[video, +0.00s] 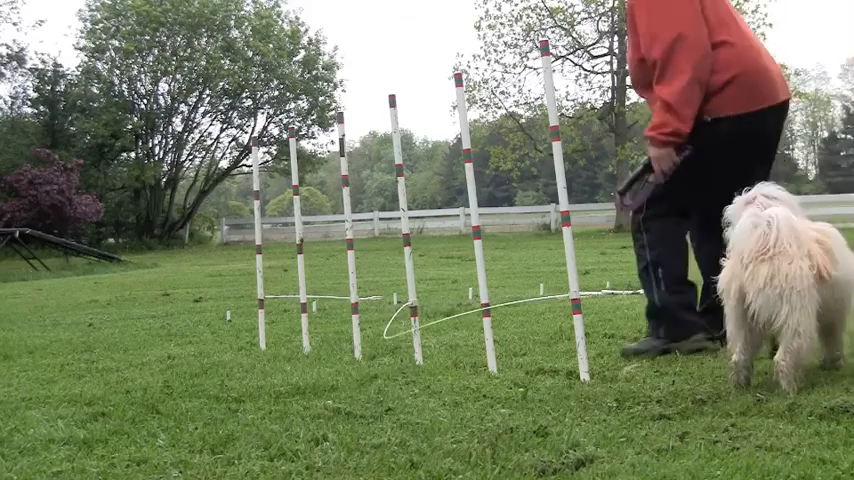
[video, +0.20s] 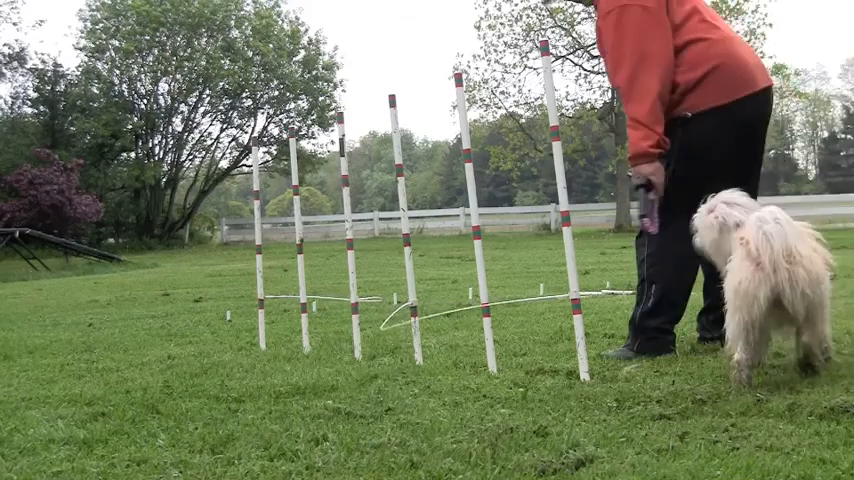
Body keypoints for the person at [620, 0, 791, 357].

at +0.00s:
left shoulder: (653, 5)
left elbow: (685, 51)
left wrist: (664, 135)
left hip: (733, 99)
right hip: (763, 93)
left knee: (655, 212)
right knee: (711, 215)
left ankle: (674, 326)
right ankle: (720, 319)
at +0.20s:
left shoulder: (622, 5)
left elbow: (642, 67)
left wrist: (644, 153)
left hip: (707, 96)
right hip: (750, 85)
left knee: (671, 220)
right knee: (729, 214)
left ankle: (650, 337)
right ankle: (719, 326)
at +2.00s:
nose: (491, 15)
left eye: (490, 8)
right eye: (488, 11)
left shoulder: (508, 29)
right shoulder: (582, 21)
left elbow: (496, 100)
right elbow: (604, 80)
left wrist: (484, 146)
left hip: (536, 145)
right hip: (601, 139)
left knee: (530, 239)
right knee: (591, 230)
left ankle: (538, 330)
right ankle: (612, 292)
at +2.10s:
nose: (485, 15)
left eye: (483, 9)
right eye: (481, 10)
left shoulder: (500, 27)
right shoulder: (573, 19)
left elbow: (489, 98)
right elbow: (599, 78)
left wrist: (481, 146)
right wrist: (600, 125)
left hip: (533, 138)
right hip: (596, 136)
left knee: (526, 235)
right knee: (576, 227)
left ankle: (538, 330)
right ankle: (594, 314)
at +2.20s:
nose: (480, 16)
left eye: (478, 9)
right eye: (476, 11)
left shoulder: (496, 28)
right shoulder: (567, 19)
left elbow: (488, 98)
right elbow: (593, 79)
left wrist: (480, 145)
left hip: (531, 137)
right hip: (591, 133)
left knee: (525, 235)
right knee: (570, 228)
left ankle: (539, 332)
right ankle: (582, 321)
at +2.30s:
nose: (478, 20)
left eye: (476, 12)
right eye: (474, 14)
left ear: (489, 1)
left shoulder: (496, 29)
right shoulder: (563, 22)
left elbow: (488, 99)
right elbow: (586, 78)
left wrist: (478, 147)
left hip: (533, 137)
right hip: (590, 132)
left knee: (523, 235)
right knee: (572, 229)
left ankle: (539, 331)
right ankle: (572, 319)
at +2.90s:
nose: (479, 38)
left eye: (477, 31)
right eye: (475, 33)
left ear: (488, 16)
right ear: (514, 11)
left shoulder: (494, 45)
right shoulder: (558, 38)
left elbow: (485, 111)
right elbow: (579, 88)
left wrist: (483, 161)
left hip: (532, 146)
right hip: (588, 140)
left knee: (510, 232)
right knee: (576, 233)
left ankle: (526, 314)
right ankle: (578, 318)